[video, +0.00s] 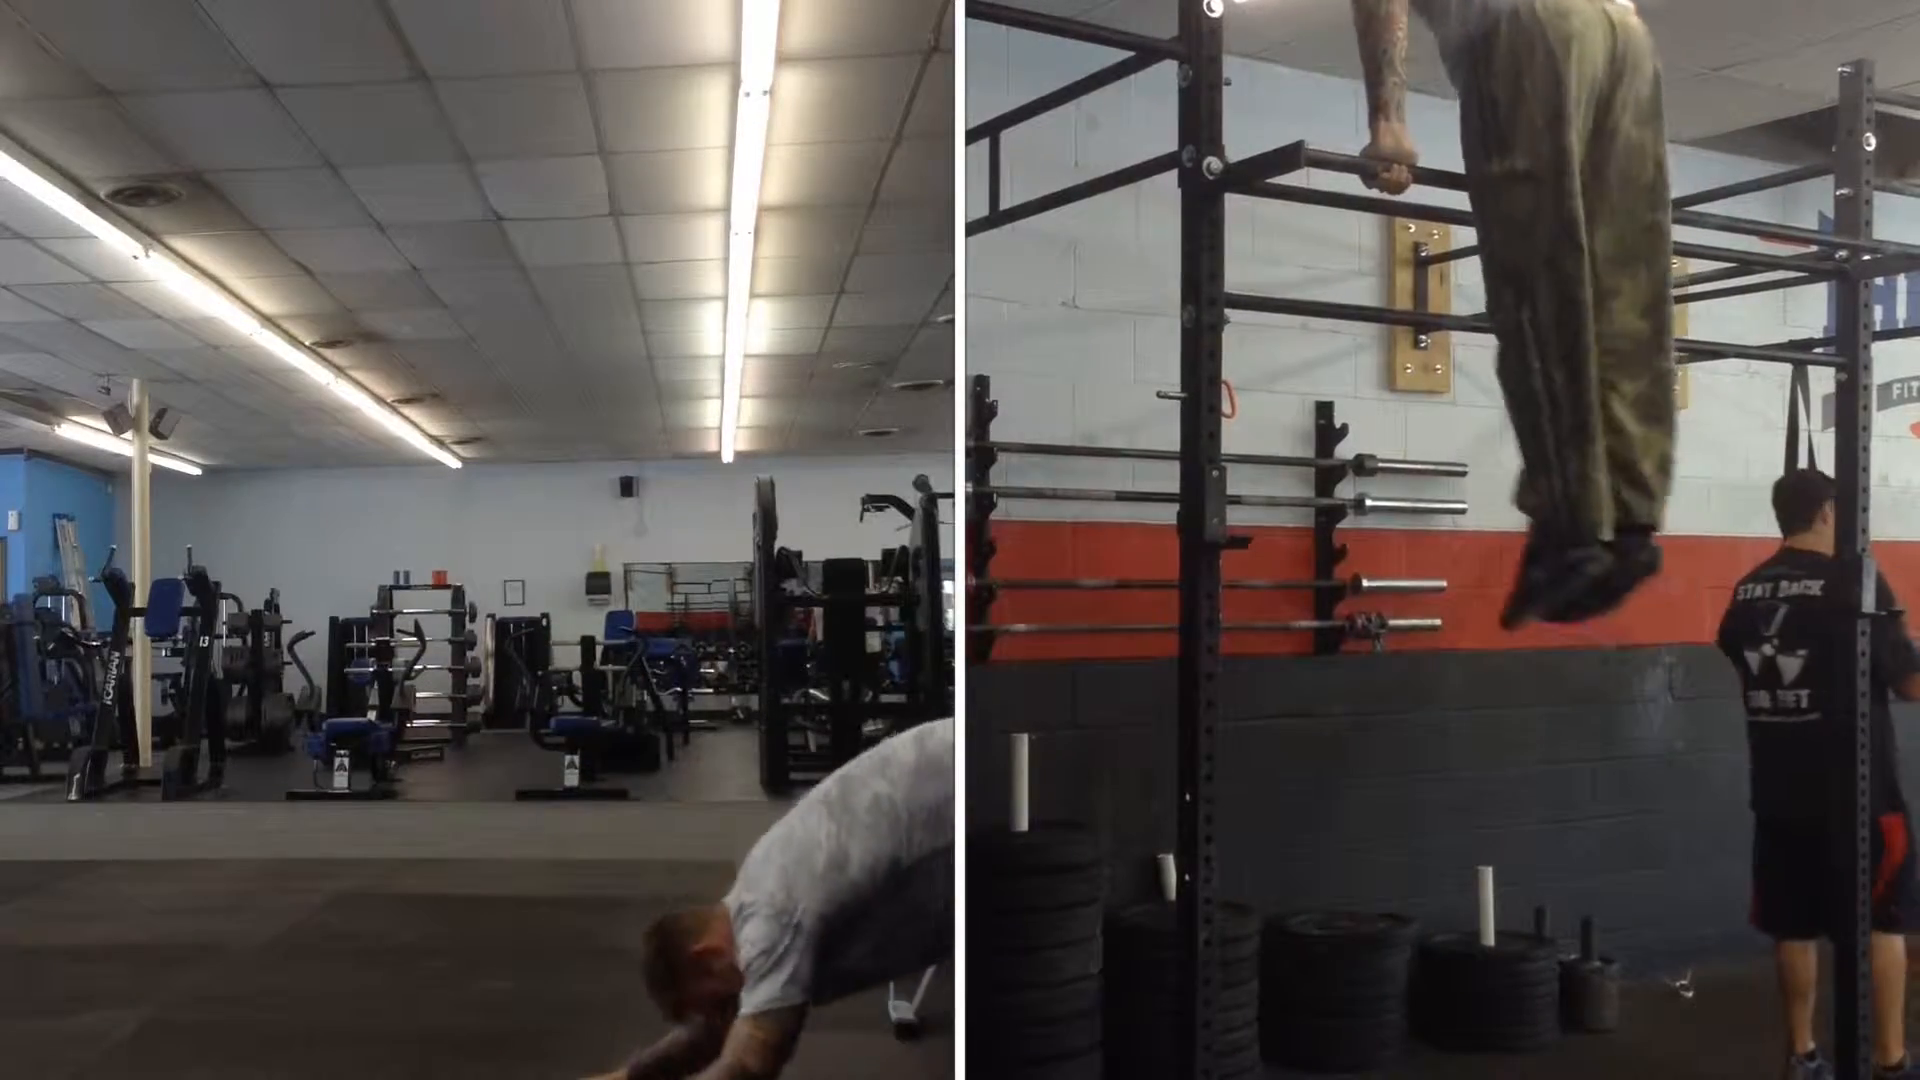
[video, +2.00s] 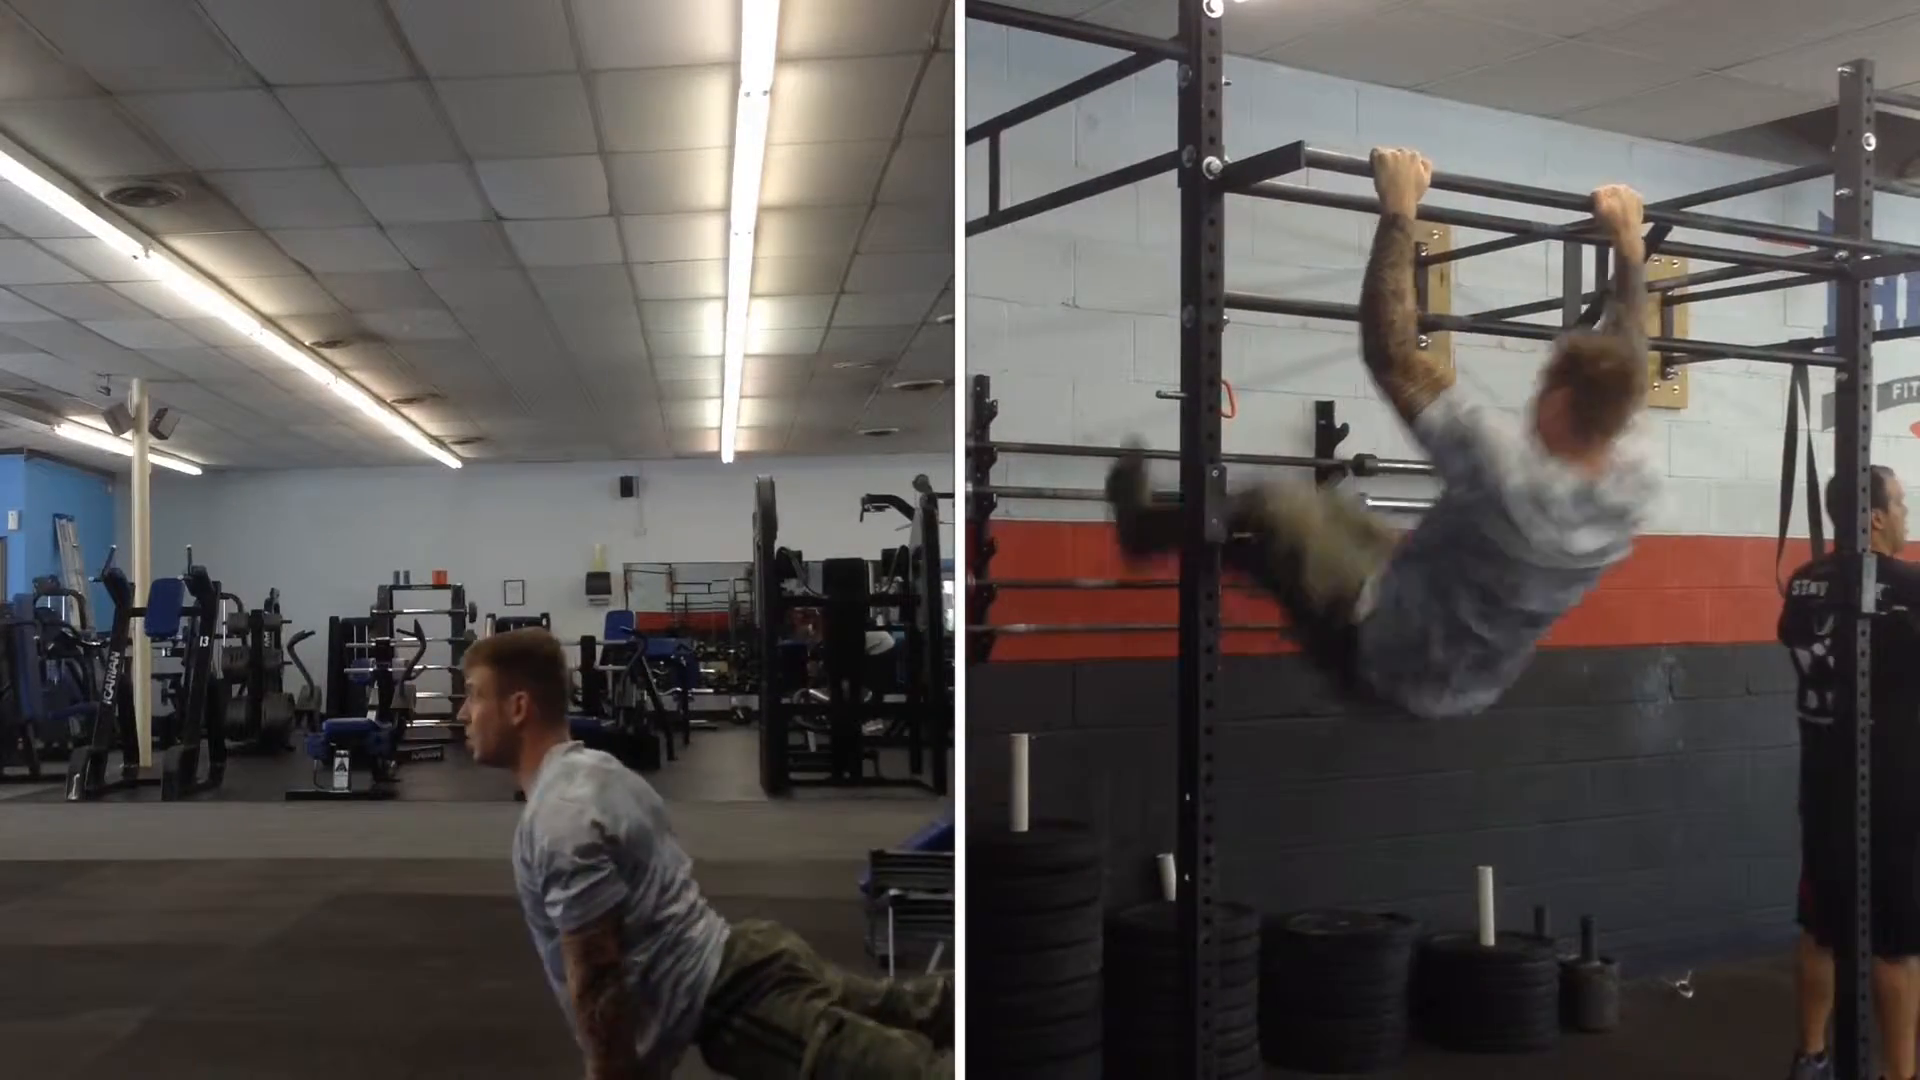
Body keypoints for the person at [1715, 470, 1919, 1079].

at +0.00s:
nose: (1850, 525)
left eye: (1844, 513)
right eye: (1845, 514)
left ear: (1784, 519)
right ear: (1827, 515)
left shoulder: (1750, 587)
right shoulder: (1858, 581)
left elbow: (1735, 658)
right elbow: (1908, 681)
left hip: (1781, 780)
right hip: (1859, 783)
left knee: (1795, 922)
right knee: (1885, 919)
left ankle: (1803, 1054)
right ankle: (1890, 1057)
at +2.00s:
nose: (1907, 517)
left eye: (1903, 505)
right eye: (1901, 507)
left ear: (1841, 517)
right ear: (1876, 517)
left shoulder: (1805, 588)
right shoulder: (1905, 588)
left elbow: (1803, 671)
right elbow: (1911, 686)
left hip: (1824, 777)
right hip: (1897, 781)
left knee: (1819, 926)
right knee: (1898, 938)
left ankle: (1812, 1057)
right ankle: (1901, 1068)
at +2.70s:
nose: (1893, 536)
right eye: (1898, 525)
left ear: (1846, 525)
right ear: (1899, 527)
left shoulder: (1818, 588)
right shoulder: (1912, 586)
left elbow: (1825, 644)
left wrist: (1841, 571)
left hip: (1848, 763)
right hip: (1908, 762)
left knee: (1830, 901)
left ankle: (1817, 1042)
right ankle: (1820, 1036)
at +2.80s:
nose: (1917, 530)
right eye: (1915, 520)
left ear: (1865, 527)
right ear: (1911, 527)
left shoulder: (1845, 584)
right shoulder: (1910, 580)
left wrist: (1839, 533)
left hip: (1865, 762)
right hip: (1903, 761)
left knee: (1851, 894)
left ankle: (1822, 1025)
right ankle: (1823, 1023)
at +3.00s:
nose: (1897, 520)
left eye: (1897, 513)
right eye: (1904, 512)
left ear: (1887, 533)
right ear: (1910, 533)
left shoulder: (1884, 577)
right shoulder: (1890, 575)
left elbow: (1850, 502)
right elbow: (1851, 500)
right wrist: (1875, 428)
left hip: (1891, 743)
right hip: (1901, 743)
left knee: (1905, 889)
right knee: (1905, 889)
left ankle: (1883, 1010)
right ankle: (1882, 1010)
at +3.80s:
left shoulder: (1901, 504)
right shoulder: (1898, 504)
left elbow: (1884, 463)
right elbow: (1886, 464)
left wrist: (1876, 368)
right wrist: (1879, 368)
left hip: (1911, 681)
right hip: (1909, 681)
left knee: (1907, 854)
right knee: (1905, 852)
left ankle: (1904, 1000)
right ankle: (1903, 1000)